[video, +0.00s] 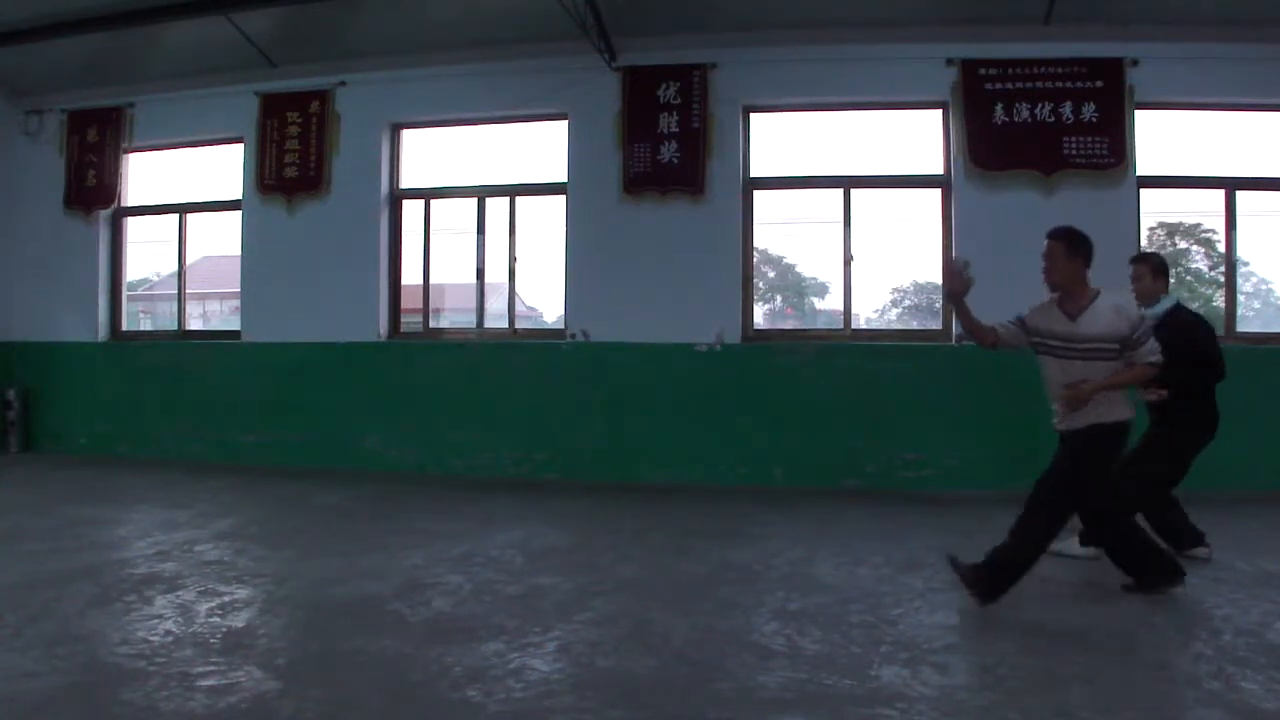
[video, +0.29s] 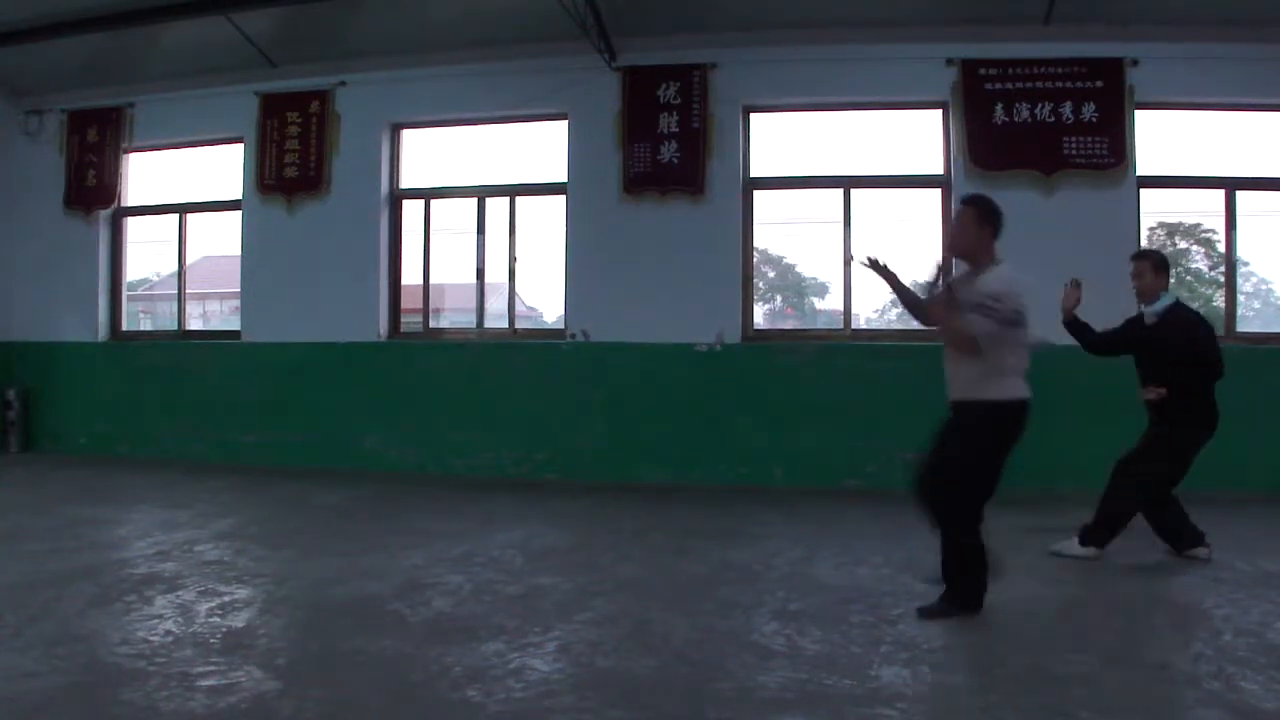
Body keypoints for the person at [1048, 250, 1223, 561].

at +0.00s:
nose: (1133, 287)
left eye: (1139, 279)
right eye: (1132, 280)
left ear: (1161, 281)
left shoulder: (1190, 324)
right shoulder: (1138, 324)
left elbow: (1213, 372)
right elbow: (1130, 366)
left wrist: (1169, 389)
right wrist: (1143, 385)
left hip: (1191, 418)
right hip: (1163, 414)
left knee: (1131, 474)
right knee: (1148, 482)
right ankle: (1190, 543)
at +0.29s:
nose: (1134, 284)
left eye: (1140, 276)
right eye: (1133, 277)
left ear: (1162, 278)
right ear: (1135, 280)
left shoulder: (1190, 322)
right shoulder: (1140, 325)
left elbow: (1212, 370)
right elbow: (1099, 344)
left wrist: (1169, 389)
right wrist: (1069, 316)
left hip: (1192, 420)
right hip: (1164, 418)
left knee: (1131, 471)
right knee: (1148, 482)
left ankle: (1091, 541)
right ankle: (1191, 544)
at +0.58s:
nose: (1135, 280)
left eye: (1141, 273)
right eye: (1133, 274)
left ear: (1162, 275)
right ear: (1136, 276)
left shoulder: (1189, 319)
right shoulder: (1140, 322)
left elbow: (1211, 368)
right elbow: (1100, 342)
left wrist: (1167, 388)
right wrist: (1069, 315)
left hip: (1190, 418)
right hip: (1162, 416)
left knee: (1131, 471)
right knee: (1149, 481)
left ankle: (1092, 541)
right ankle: (1192, 543)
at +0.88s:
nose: (1128, 271)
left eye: (1134, 264)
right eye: (1127, 265)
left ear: (1156, 268)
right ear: (1132, 268)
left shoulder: (1183, 313)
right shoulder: (1131, 314)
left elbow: (1201, 363)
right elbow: (1092, 334)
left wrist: (1156, 377)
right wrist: (1063, 308)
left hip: (1179, 414)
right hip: (1151, 413)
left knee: (1120, 465)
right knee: (1148, 482)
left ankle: (1090, 540)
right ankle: (1191, 543)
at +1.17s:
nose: (1094, 274)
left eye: (1101, 267)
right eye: (1093, 268)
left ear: (1124, 270)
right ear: (1097, 271)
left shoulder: (1149, 316)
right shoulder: (1098, 314)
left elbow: (1168, 365)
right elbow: (1060, 336)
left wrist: (1121, 370)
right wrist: (1029, 312)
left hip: (1144, 416)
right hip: (1118, 415)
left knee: (1092, 475)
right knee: (1139, 488)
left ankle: (1043, 538)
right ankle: (1189, 543)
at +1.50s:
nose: (1001, 256)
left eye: (1006, 249)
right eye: (1001, 249)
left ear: (1026, 251)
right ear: (1027, 252)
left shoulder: (1037, 296)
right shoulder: (1040, 290)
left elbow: (1013, 346)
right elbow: (1037, 337)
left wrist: (975, 334)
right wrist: (1006, 316)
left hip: (1047, 402)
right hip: (1046, 398)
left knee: (1012, 468)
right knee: (1014, 464)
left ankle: (1020, 547)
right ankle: (1060, 506)